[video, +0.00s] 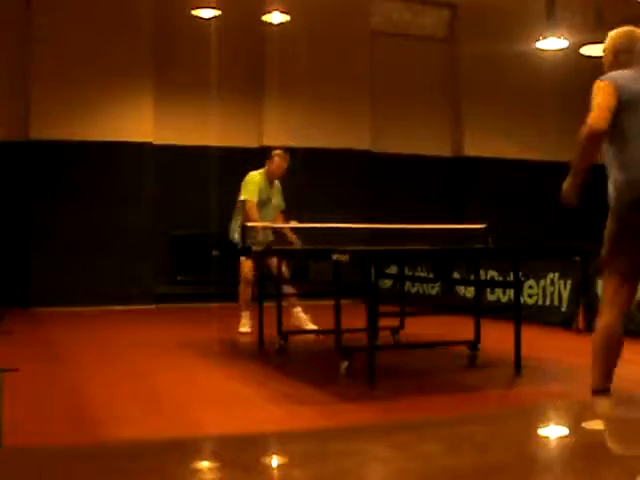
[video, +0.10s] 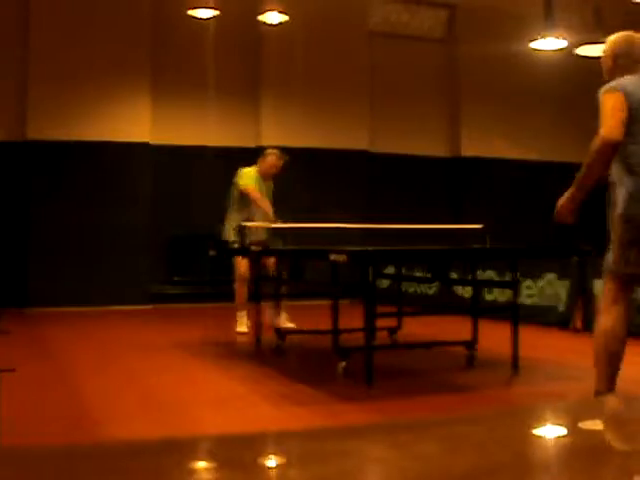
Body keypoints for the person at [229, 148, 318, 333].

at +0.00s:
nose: (281, 170)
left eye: (283, 167)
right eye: (278, 165)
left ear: (284, 168)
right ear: (269, 163)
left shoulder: (276, 185)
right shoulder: (253, 178)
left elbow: (277, 216)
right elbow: (250, 206)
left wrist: (288, 234)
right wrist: (258, 225)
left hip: (266, 235)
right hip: (245, 235)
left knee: (281, 269)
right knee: (247, 271)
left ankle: (295, 312)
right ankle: (245, 316)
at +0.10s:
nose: (273, 171)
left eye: (276, 168)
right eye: (272, 166)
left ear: (276, 167)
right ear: (263, 160)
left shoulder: (267, 183)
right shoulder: (246, 174)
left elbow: (265, 207)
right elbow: (254, 195)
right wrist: (271, 214)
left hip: (260, 234)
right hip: (240, 234)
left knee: (273, 268)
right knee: (243, 272)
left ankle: (277, 313)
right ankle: (241, 316)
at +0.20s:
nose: (249, 166)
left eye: (251, 163)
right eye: (248, 160)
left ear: (249, 165)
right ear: (240, 156)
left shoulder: (241, 183)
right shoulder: (220, 174)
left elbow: (233, 217)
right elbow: (217, 169)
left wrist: (237, 240)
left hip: (230, 231)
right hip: (212, 230)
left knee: (240, 269)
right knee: (218, 271)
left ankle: (231, 308)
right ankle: (219, 313)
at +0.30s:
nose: (216, 162)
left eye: (219, 159)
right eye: (214, 157)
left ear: (220, 163)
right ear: (204, 157)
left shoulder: (213, 184)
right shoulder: (191, 171)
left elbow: (208, 212)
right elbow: (174, 160)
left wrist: (208, 232)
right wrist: (194, 149)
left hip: (202, 230)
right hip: (184, 227)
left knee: (197, 272)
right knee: (191, 271)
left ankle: (179, 301)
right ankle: (192, 313)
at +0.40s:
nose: (194, 169)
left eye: (197, 166)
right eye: (192, 164)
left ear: (199, 170)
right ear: (184, 163)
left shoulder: (193, 190)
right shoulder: (169, 178)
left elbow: (193, 219)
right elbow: (150, 177)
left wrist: (197, 242)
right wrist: (171, 162)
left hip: (181, 236)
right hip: (163, 233)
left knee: (170, 272)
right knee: (171, 270)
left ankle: (154, 305)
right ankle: (174, 313)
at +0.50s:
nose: (188, 169)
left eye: (191, 165)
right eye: (185, 164)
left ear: (193, 168)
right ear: (176, 164)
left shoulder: (187, 192)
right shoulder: (163, 182)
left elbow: (192, 222)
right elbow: (143, 191)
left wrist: (200, 243)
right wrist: (163, 185)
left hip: (173, 236)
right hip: (156, 233)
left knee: (162, 273)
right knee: (165, 269)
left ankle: (147, 307)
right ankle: (167, 313)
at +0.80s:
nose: (190, 159)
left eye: (192, 155)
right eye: (187, 155)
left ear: (195, 159)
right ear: (179, 158)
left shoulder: (197, 181)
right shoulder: (167, 178)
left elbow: (204, 208)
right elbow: (150, 199)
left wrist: (210, 229)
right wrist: (162, 209)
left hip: (185, 231)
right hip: (166, 230)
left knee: (180, 272)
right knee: (167, 271)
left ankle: (157, 299)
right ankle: (161, 311)